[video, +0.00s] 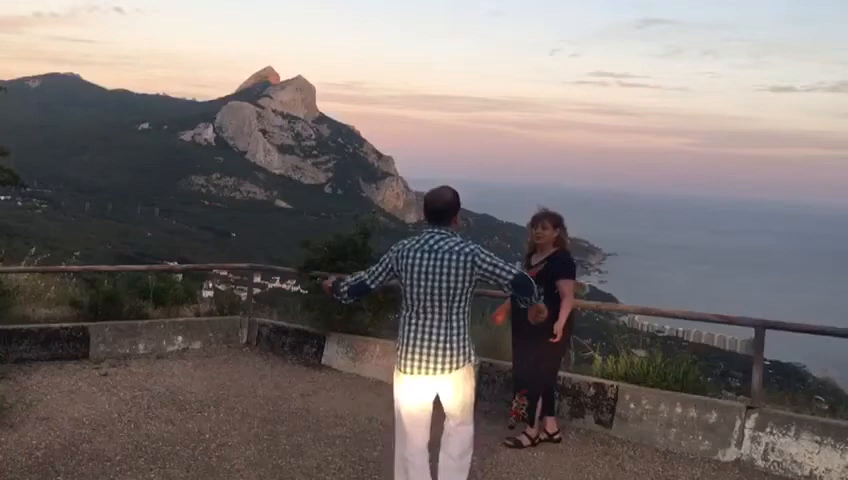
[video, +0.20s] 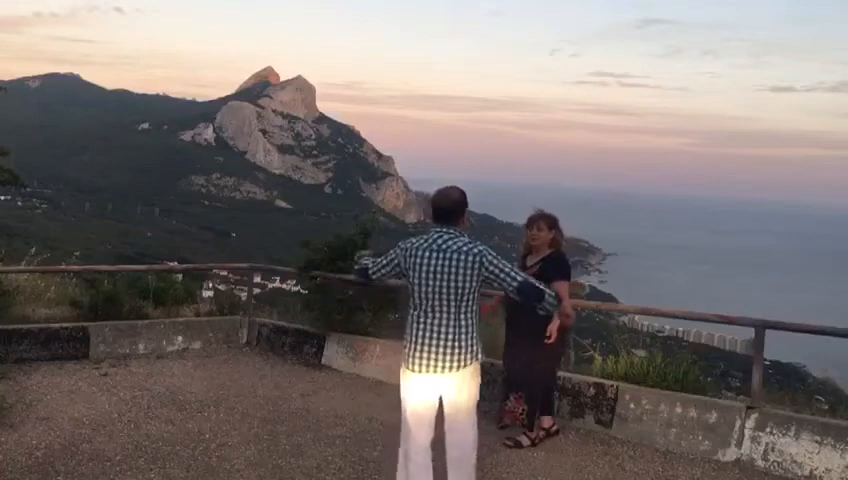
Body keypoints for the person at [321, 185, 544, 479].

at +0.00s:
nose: (460, 217)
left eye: (458, 212)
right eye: (459, 212)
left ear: (425, 215)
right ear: (456, 216)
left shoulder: (404, 248)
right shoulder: (469, 251)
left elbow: (364, 282)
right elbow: (520, 279)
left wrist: (337, 288)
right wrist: (534, 304)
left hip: (411, 360)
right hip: (455, 360)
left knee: (412, 438)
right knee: (459, 432)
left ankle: (414, 477)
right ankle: (451, 476)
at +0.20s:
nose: (467, 218)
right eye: (467, 213)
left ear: (432, 215)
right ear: (464, 216)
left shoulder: (411, 247)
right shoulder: (475, 251)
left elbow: (371, 271)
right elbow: (520, 285)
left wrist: (362, 258)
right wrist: (556, 307)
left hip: (418, 356)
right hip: (461, 358)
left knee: (416, 436)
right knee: (461, 436)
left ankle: (414, 476)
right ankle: (461, 476)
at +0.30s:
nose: (473, 218)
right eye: (472, 214)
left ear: (438, 215)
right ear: (470, 217)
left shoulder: (418, 249)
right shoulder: (482, 253)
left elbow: (378, 270)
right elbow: (523, 285)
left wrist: (380, 257)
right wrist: (560, 305)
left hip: (425, 357)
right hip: (467, 359)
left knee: (419, 439)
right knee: (463, 440)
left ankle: (416, 476)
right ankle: (462, 475)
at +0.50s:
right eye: (484, 215)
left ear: (450, 216)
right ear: (482, 218)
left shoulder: (430, 249)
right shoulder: (495, 252)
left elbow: (390, 273)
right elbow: (537, 286)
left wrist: (420, 271)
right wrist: (569, 303)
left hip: (439, 355)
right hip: (482, 356)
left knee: (429, 435)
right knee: (471, 436)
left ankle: (423, 475)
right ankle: (464, 475)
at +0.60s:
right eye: (492, 216)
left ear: (455, 216)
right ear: (487, 218)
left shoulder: (436, 249)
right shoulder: (501, 252)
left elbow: (396, 272)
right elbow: (542, 287)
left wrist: (428, 274)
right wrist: (575, 302)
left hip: (445, 352)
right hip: (487, 353)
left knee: (433, 434)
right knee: (475, 435)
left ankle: (428, 475)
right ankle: (466, 475)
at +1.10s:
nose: (496, 228)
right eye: (497, 222)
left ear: (465, 219)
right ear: (497, 220)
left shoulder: (447, 251)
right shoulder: (514, 252)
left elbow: (405, 264)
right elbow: (556, 279)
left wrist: (441, 275)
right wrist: (594, 290)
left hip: (457, 351)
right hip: (498, 354)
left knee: (451, 423)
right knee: (483, 428)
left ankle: (448, 474)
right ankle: (471, 474)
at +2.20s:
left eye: (469, 219)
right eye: (485, 217)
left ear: (465, 222)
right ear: (492, 221)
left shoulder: (449, 251)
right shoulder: (508, 252)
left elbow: (407, 260)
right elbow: (544, 277)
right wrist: (570, 287)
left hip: (457, 341)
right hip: (493, 343)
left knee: (449, 404)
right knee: (486, 406)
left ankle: (458, 466)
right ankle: (483, 465)